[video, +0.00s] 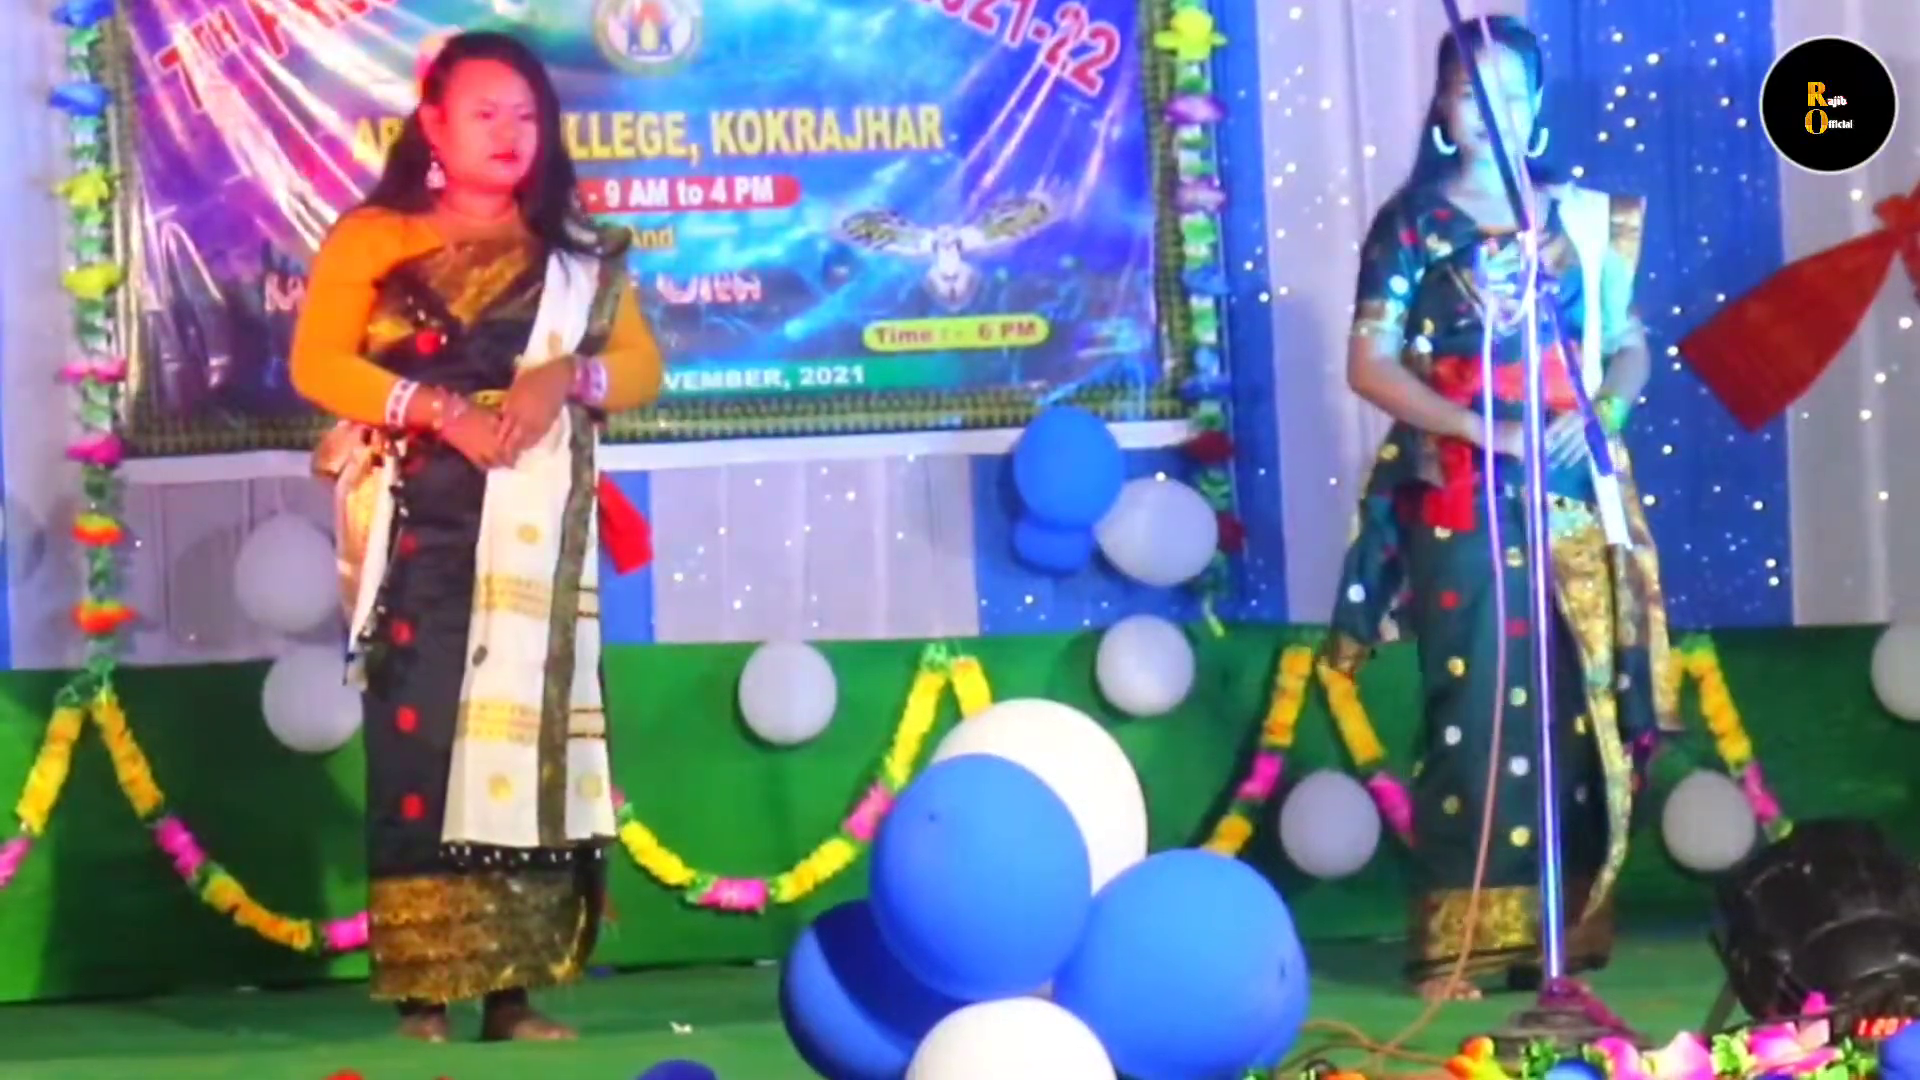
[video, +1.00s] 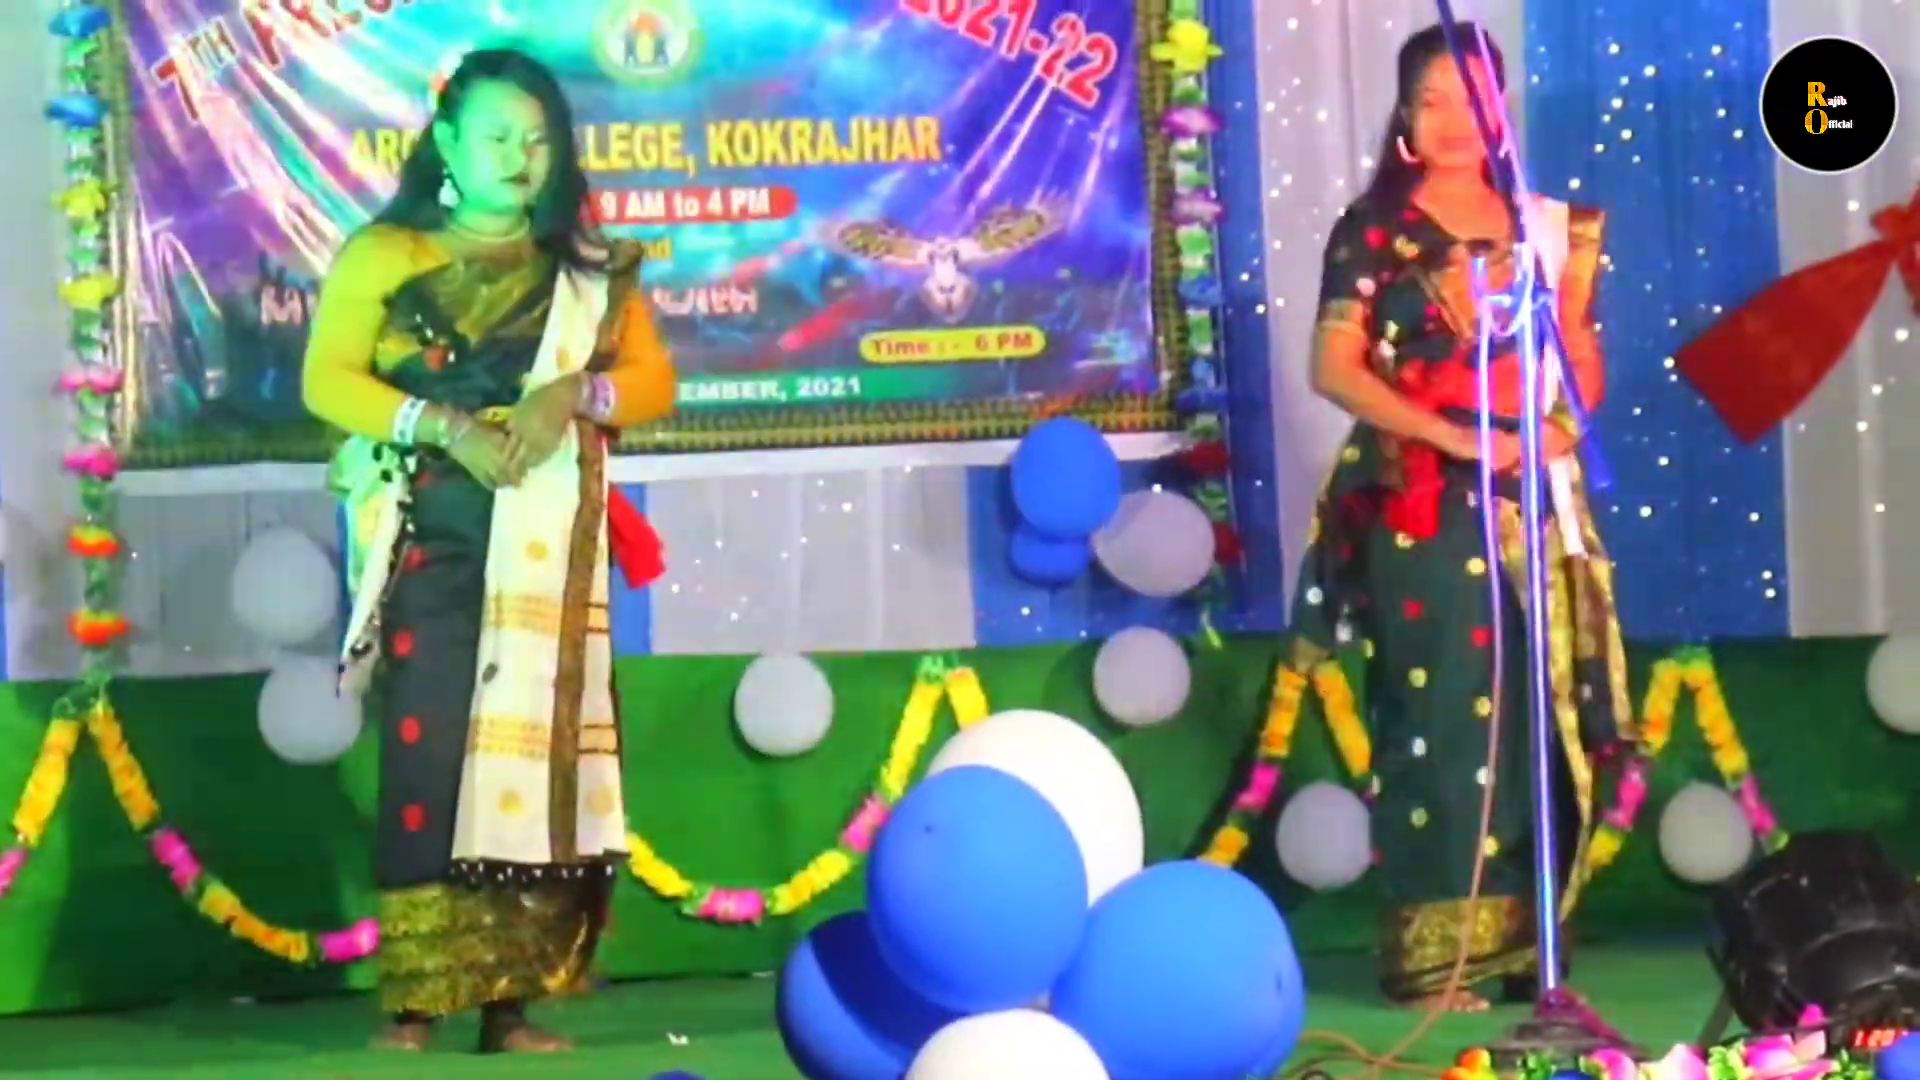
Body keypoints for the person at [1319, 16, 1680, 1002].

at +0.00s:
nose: (1461, 108)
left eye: (1484, 91)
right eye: (1454, 89)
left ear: (1529, 102)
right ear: (1440, 99)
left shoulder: (1577, 216)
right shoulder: (1412, 223)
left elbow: (1625, 345)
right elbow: (1367, 366)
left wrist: (1600, 408)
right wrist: (1479, 427)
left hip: (1571, 500)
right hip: (1462, 501)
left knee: (1578, 706)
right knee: (1471, 708)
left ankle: (1573, 937)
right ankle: (1458, 938)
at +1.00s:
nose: (1443, 122)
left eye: (1461, 105)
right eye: (1426, 105)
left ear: (1494, 113)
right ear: (1404, 117)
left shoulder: (1548, 227)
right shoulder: (1372, 230)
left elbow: (1584, 389)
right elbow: (1334, 369)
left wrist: (1571, 304)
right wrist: (1456, 436)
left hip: (1535, 504)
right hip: (1424, 507)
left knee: (1541, 716)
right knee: (1440, 718)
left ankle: (1530, 951)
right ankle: (1434, 956)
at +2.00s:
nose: (1456, 122)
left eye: (1471, 104)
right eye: (1435, 107)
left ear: (1495, 114)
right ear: (1405, 122)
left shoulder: (1527, 227)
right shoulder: (1379, 233)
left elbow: (1550, 360)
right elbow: (1337, 377)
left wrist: (1555, 435)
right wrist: (1463, 451)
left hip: (1521, 505)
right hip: (1425, 512)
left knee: (1532, 720)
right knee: (1442, 723)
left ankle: (1520, 951)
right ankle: (1434, 957)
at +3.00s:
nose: (1452, 134)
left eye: (1467, 116)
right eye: (1432, 116)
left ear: (1490, 124)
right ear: (1398, 126)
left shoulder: (1525, 234)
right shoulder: (1366, 242)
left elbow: (1560, 391)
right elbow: (1328, 385)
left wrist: (1561, 308)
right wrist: (1457, 451)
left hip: (1529, 515)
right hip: (1426, 520)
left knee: (1538, 729)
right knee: (1440, 730)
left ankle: (1530, 967)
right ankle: (1438, 968)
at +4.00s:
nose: (1503, 139)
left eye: (1510, 119)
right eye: (1478, 125)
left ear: (1530, 129)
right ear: (1441, 145)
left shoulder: (1525, 248)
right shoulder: (1448, 244)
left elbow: (1536, 390)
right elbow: (1441, 391)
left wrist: (1609, 446)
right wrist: (1549, 435)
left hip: (1513, 529)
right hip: (1460, 531)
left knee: (1563, 727)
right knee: (1554, 727)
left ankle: (1451, 907)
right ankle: (1477, 929)